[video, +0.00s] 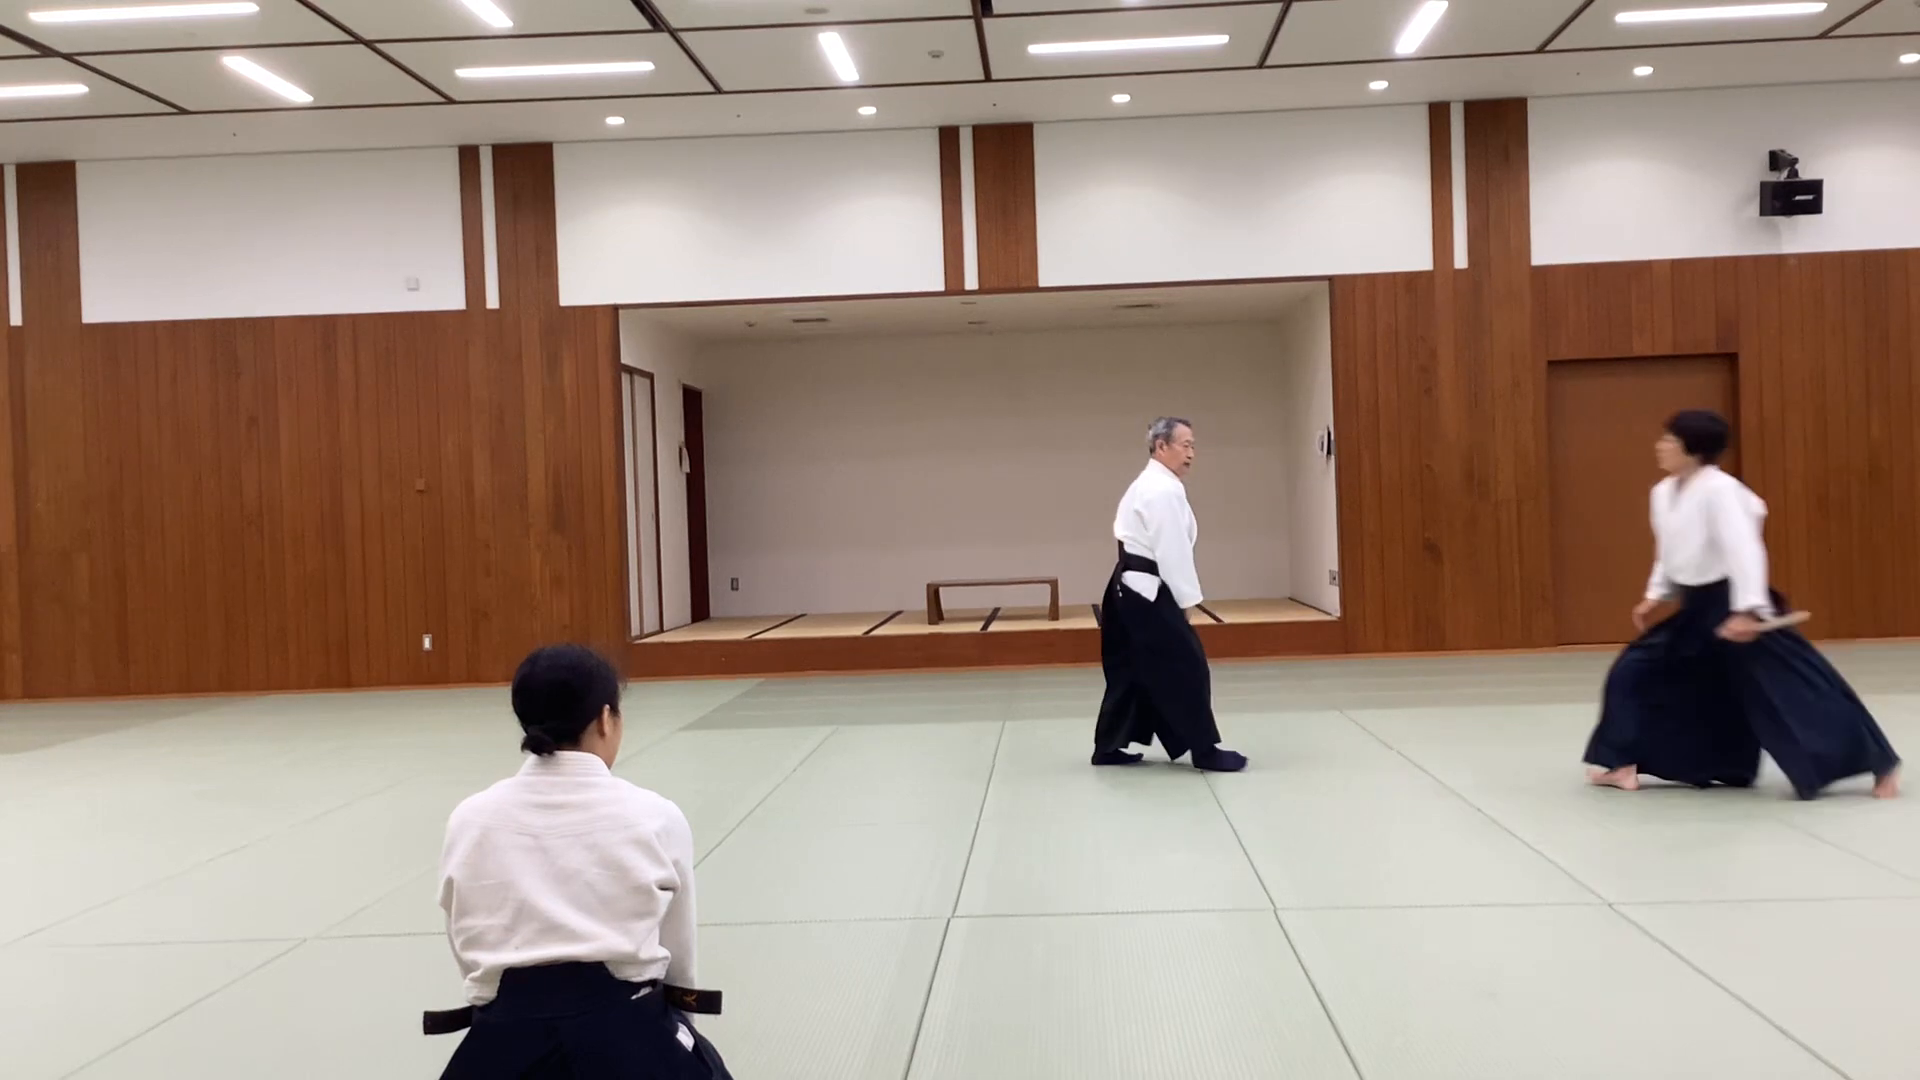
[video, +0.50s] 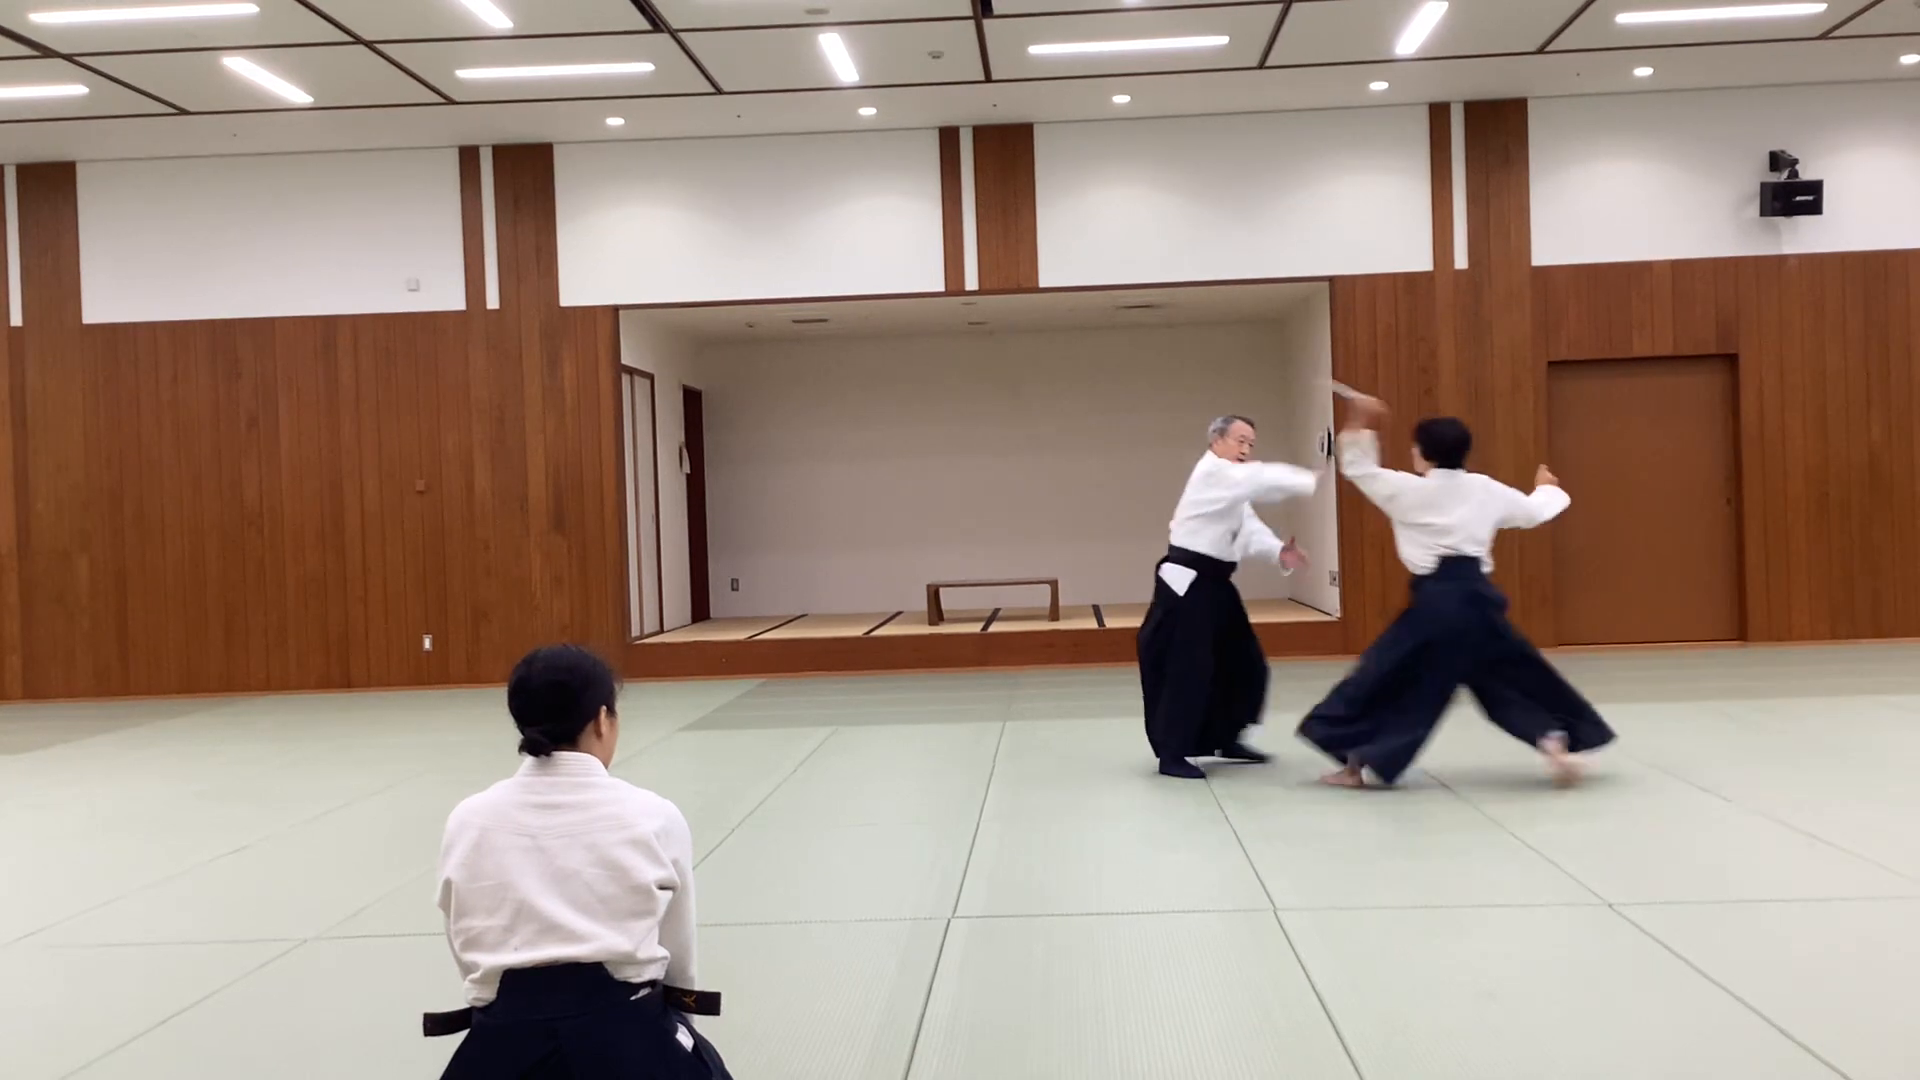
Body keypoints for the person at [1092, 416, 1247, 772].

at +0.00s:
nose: (1191, 454)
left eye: (1192, 447)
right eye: (1185, 446)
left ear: (1163, 449)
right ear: (1161, 446)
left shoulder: (1146, 482)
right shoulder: (1164, 488)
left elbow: (1139, 542)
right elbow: (1172, 550)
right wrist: (1189, 597)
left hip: (1126, 587)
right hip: (1147, 590)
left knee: (1128, 668)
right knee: (1189, 664)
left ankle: (1107, 747)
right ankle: (1205, 750)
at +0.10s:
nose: (1198, 455)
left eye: (1200, 448)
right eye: (1192, 447)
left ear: (1168, 450)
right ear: (1168, 447)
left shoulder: (1152, 482)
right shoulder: (1170, 490)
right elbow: (1177, 553)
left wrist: (1184, 597)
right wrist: (1195, 602)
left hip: (1128, 585)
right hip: (1149, 589)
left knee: (1127, 667)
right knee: (1185, 662)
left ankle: (1110, 746)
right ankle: (1180, 750)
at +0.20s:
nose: (1210, 455)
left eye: (1212, 448)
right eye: (1205, 447)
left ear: (1180, 450)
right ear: (1179, 447)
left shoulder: (1160, 483)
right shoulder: (1183, 491)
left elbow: (1156, 545)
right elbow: (1191, 555)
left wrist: (1191, 596)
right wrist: (1205, 601)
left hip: (1136, 584)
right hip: (1160, 591)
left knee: (1130, 666)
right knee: (1181, 670)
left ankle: (1111, 746)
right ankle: (1171, 754)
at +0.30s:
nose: (1223, 454)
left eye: (1225, 447)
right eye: (1218, 445)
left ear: (1195, 448)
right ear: (1192, 445)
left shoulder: (1179, 478)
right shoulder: (1194, 486)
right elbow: (1208, 547)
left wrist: (1204, 574)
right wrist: (1225, 584)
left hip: (1152, 577)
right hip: (1170, 586)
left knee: (1148, 660)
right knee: (1183, 669)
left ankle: (1121, 730)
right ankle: (1171, 755)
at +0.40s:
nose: (1234, 451)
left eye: (1237, 444)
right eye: (1228, 442)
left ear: (1211, 445)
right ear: (1204, 443)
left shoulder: (1208, 482)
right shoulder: (1196, 478)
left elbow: (1220, 539)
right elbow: (1229, 515)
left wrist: (1259, 563)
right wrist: (1268, 531)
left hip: (1196, 583)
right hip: (1176, 583)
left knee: (1208, 664)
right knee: (1183, 664)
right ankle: (1173, 755)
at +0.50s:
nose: (1248, 449)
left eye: (1251, 444)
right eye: (1241, 441)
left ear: (1250, 449)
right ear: (1217, 441)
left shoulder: (1233, 480)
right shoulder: (1210, 470)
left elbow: (1248, 528)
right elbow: (1258, 477)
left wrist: (1278, 551)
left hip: (1215, 583)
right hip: (1186, 580)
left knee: (1244, 663)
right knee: (1185, 666)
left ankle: (1225, 738)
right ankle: (1171, 755)